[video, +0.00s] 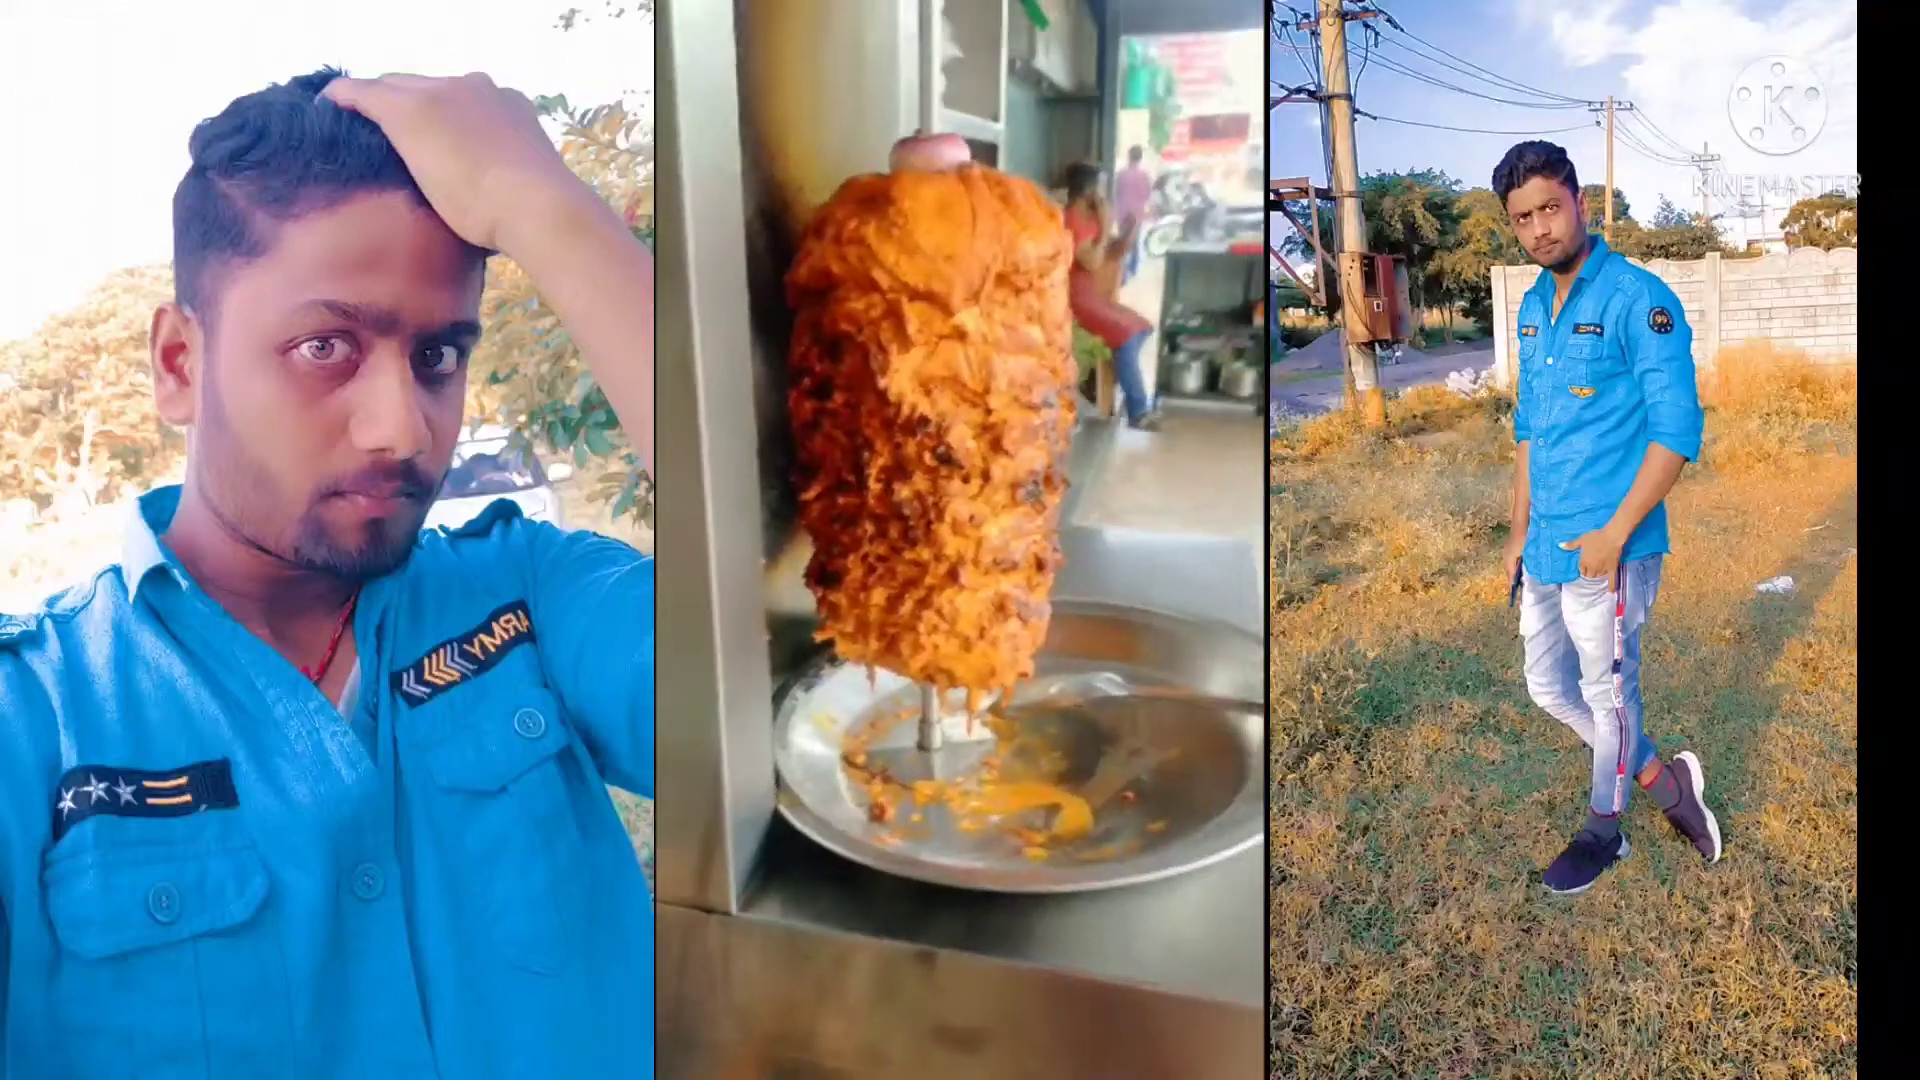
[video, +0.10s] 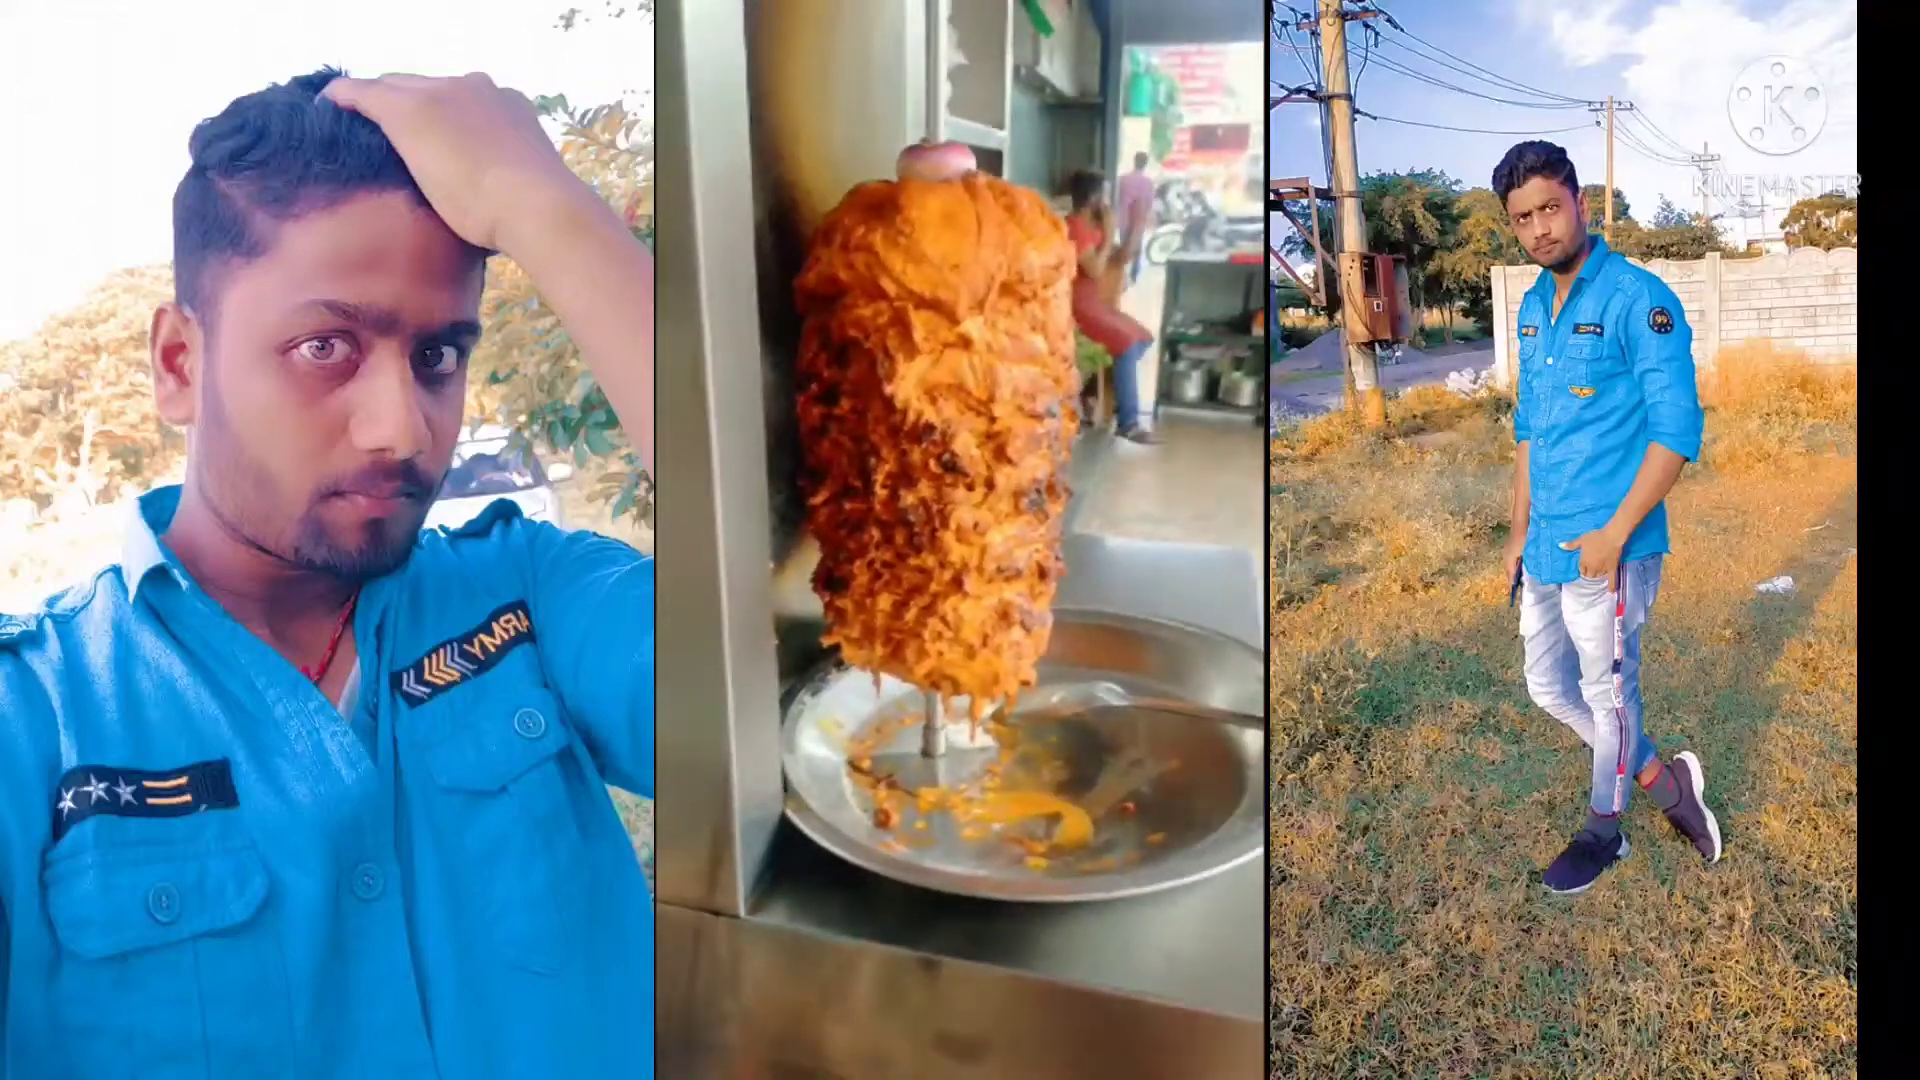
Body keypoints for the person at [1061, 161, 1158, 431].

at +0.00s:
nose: (1099, 192)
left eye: (1098, 187)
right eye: (1095, 187)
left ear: (1081, 188)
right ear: (1084, 189)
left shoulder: (1088, 214)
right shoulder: (1073, 216)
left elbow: (1108, 254)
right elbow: (1091, 261)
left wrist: (1127, 234)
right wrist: (1103, 226)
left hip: (1093, 296)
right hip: (1078, 298)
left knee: (1141, 328)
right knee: (1125, 337)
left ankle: (1138, 401)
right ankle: (1138, 410)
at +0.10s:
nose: (1104, 200)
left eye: (1104, 194)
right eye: (1100, 194)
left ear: (1085, 197)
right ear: (1089, 197)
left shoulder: (1093, 224)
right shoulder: (1075, 225)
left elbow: (1112, 260)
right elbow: (1094, 269)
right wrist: (1107, 233)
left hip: (1097, 302)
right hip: (1080, 304)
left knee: (1143, 338)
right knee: (1126, 345)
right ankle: (1128, 422)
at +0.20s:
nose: (1128, 179)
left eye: (1128, 173)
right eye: (1125, 173)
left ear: (1105, 175)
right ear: (1115, 175)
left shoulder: (1115, 203)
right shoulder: (1098, 204)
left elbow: (1141, 238)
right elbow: (1119, 247)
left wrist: (1158, 210)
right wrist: (1131, 211)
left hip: (1120, 283)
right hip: (1104, 285)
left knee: (1168, 318)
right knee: (1149, 325)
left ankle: (1119, 369)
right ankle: (1151, 404)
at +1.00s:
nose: (1133, 166)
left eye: (1133, 160)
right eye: (1128, 160)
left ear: (1114, 165)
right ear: (1113, 164)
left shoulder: (1119, 193)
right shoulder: (1101, 194)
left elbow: (1156, 222)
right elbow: (1124, 234)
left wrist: (1166, 186)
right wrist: (1135, 194)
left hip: (1121, 270)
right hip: (1099, 272)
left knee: (1178, 303)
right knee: (1158, 311)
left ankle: (1134, 357)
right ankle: (1164, 392)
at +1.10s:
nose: (1153, 148)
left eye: (1153, 142)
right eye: (1149, 143)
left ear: (1134, 148)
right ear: (1134, 147)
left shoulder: (1139, 177)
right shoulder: (1121, 177)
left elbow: (1177, 206)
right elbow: (1144, 218)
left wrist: (1186, 168)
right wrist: (1156, 178)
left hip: (1140, 253)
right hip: (1119, 256)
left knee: (1199, 288)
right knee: (1178, 295)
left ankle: (1155, 345)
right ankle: (1185, 379)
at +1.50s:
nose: (1148, 126)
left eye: (1148, 120)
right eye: (1144, 120)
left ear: (1134, 125)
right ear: (1129, 124)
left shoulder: (1135, 155)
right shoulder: (1113, 155)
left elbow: (1169, 184)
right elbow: (1136, 196)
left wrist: (1176, 148)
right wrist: (1151, 153)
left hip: (1132, 232)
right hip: (1108, 235)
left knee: (1189, 267)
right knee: (1167, 274)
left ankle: (1142, 323)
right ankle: (1172, 358)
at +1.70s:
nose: (1119, 135)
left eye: (1118, 129)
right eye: (1113, 129)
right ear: (1099, 134)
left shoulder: (1106, 166)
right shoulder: (1085, 165)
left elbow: (1140, 193)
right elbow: (1108, 207)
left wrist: (1149, 156)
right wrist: (1124, 162)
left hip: (1102, 241)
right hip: (1079, 245)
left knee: (1159, 277)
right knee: (1138, 284)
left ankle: (1113, 331)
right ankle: (1142, 366)